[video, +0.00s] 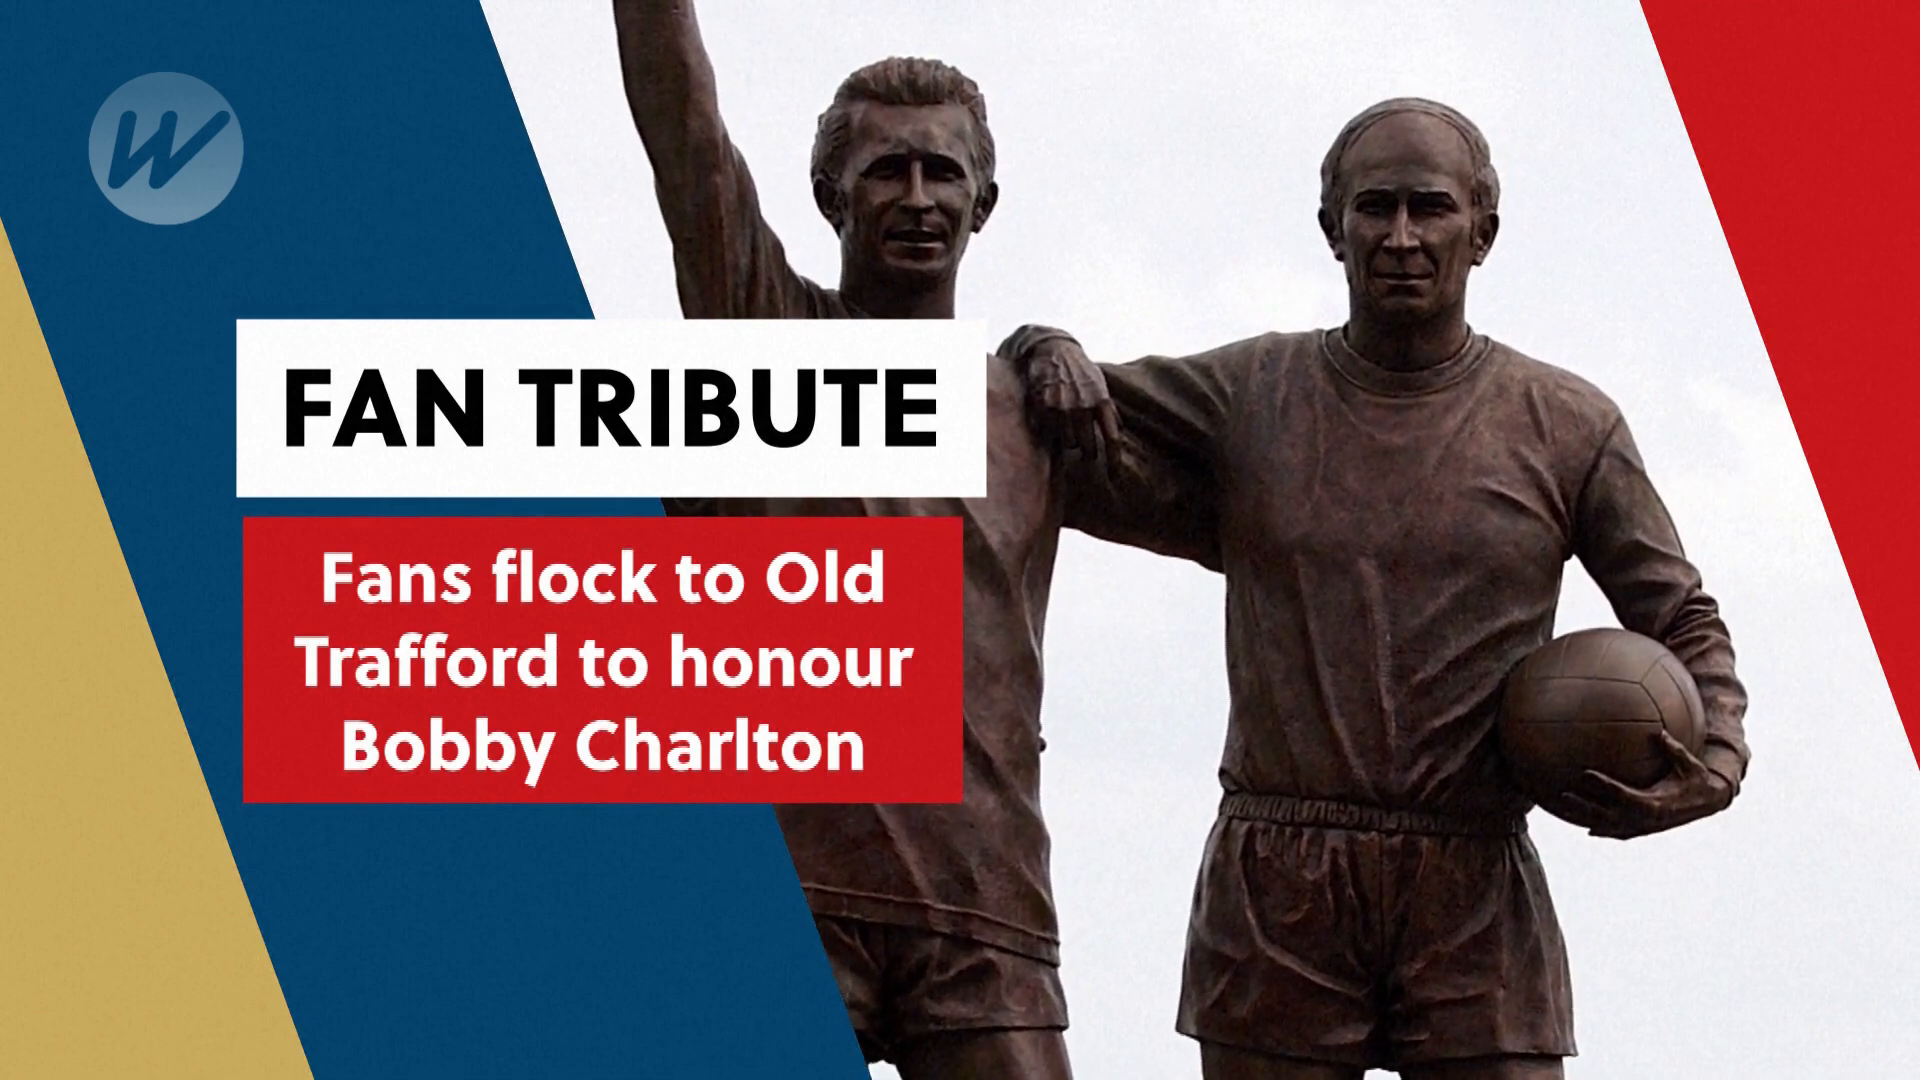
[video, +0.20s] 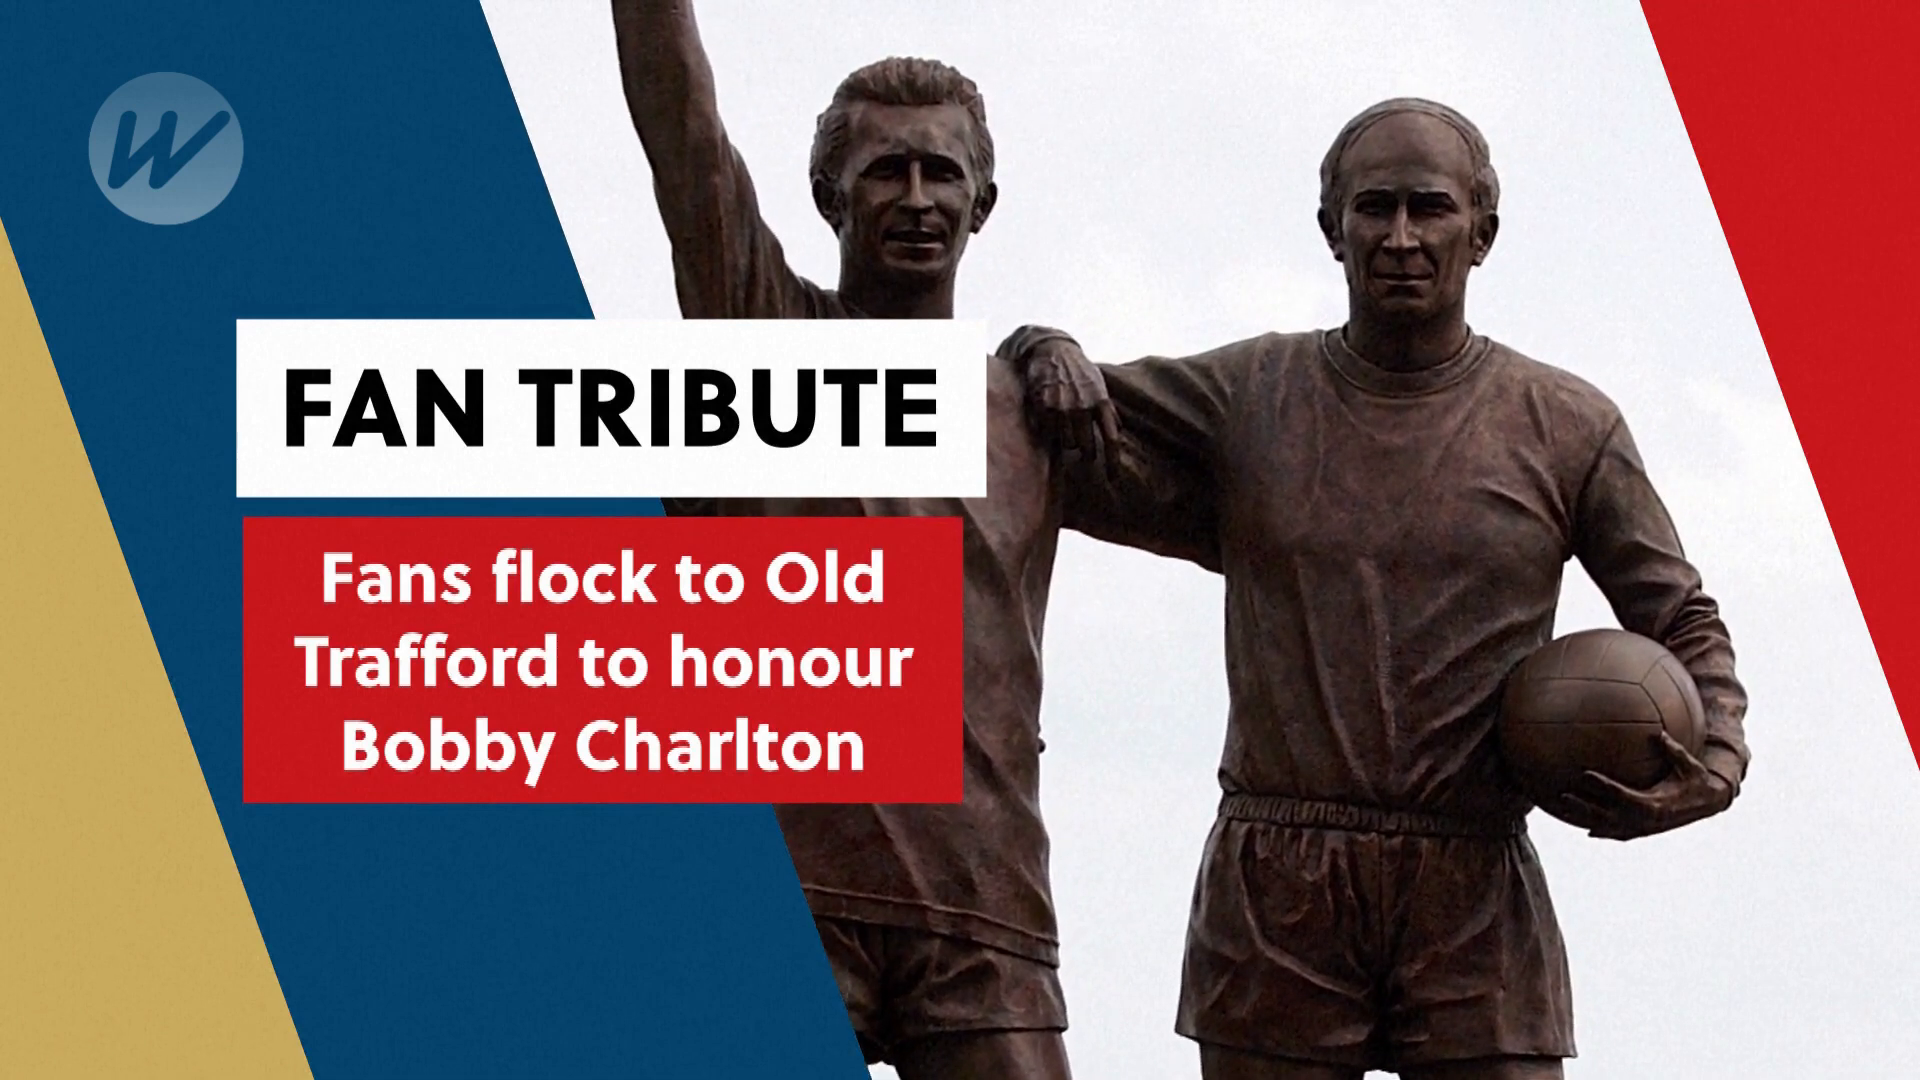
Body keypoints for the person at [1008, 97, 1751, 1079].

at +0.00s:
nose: (1401, 234)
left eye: (1431, 205)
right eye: (1373, 207)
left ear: (1485, 227)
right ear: (1332, 228)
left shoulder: (1567, 421)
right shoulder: (1250, 388)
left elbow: (1680, 617)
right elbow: (1074, 439)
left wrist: (1719, 755)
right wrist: (1044, 353)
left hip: (1473, 894)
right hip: (1272, 890)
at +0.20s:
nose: (1400, 234)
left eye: (1429, 206)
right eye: (1372, 208)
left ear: (1484, 228)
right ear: (1332, 229)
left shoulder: (1566, 422)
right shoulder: (1249, 389)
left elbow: (1678, 615)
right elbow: (1081, 445)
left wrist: (1720, 752)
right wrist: (1043, 355)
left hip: (1472, 893)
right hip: (1272, 888)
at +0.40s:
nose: (1400, 234)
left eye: (1429, 206)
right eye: (1372, 208)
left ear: (1484, 228)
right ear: (1332, 229)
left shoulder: (1566, 422)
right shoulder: (1249, 389)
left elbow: (1678, 615)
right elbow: (1081, 445)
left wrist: (1720, 752)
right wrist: (1043, 355)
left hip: (1472, 893)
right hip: (1272, 888)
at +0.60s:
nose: (1400, 236)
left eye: (1431, 207)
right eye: (1373, 208)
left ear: (1485, 230)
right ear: (1333, 228)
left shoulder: (1567, 423)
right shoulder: (1249, 391)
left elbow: (1680, 618)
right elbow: (1077, 450)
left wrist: (1720, 754)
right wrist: (1041, 356)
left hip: (1474, 896)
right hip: (1272, 892)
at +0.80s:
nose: (1400, 236)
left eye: (1430, 207)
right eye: (1373, 209)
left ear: (1484, 229)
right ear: (1333, 228)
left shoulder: (1566, 422)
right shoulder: (1250, 391)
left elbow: (1680, 618)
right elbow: (1083, 451)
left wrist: (1720, 755)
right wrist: (1042, 353)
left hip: (1472, 893)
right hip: (1273, 889)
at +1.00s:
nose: (1398, 237)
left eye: (1426, 207)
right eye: (1370, 208)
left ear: (1485, 226)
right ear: (1331, 226)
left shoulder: (1560, 428)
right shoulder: (1255, 402)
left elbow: (1685, 632)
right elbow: (1081, 441)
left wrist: (1680, 745)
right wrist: (1049, 386)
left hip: (1467, 888)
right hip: (1279, 885)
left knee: (1497, 1059)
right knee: (1268, 1058)